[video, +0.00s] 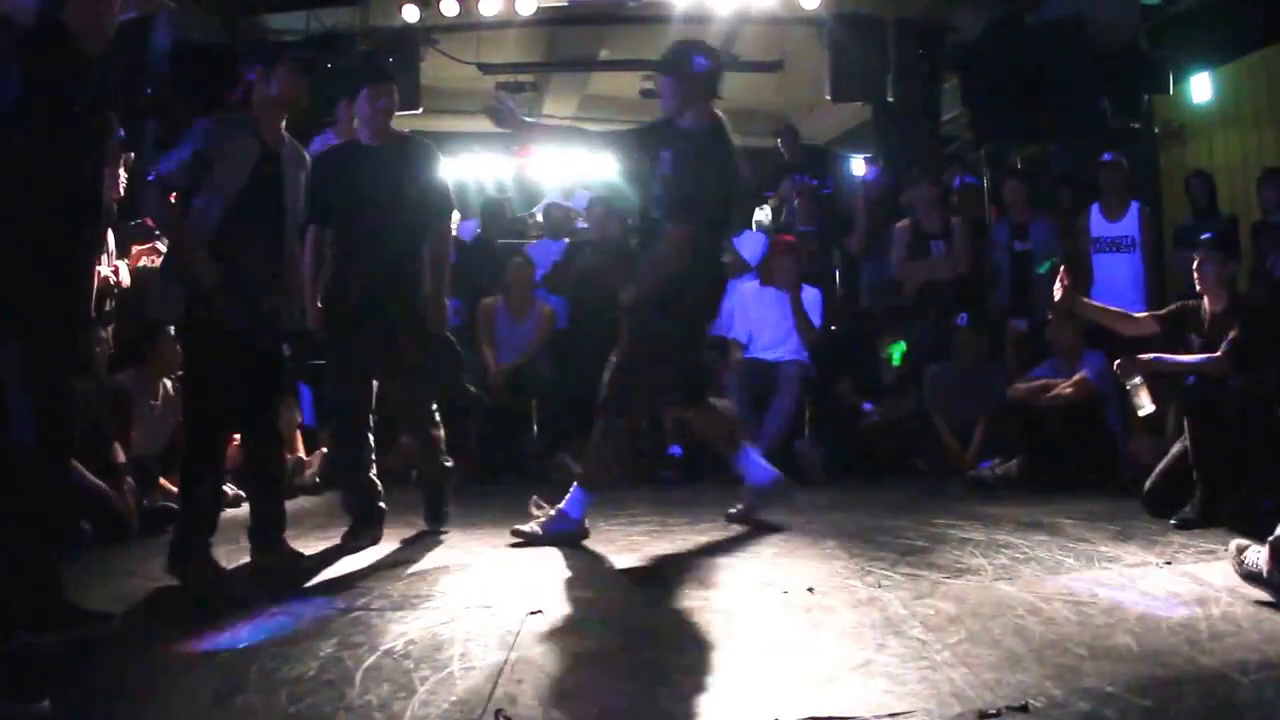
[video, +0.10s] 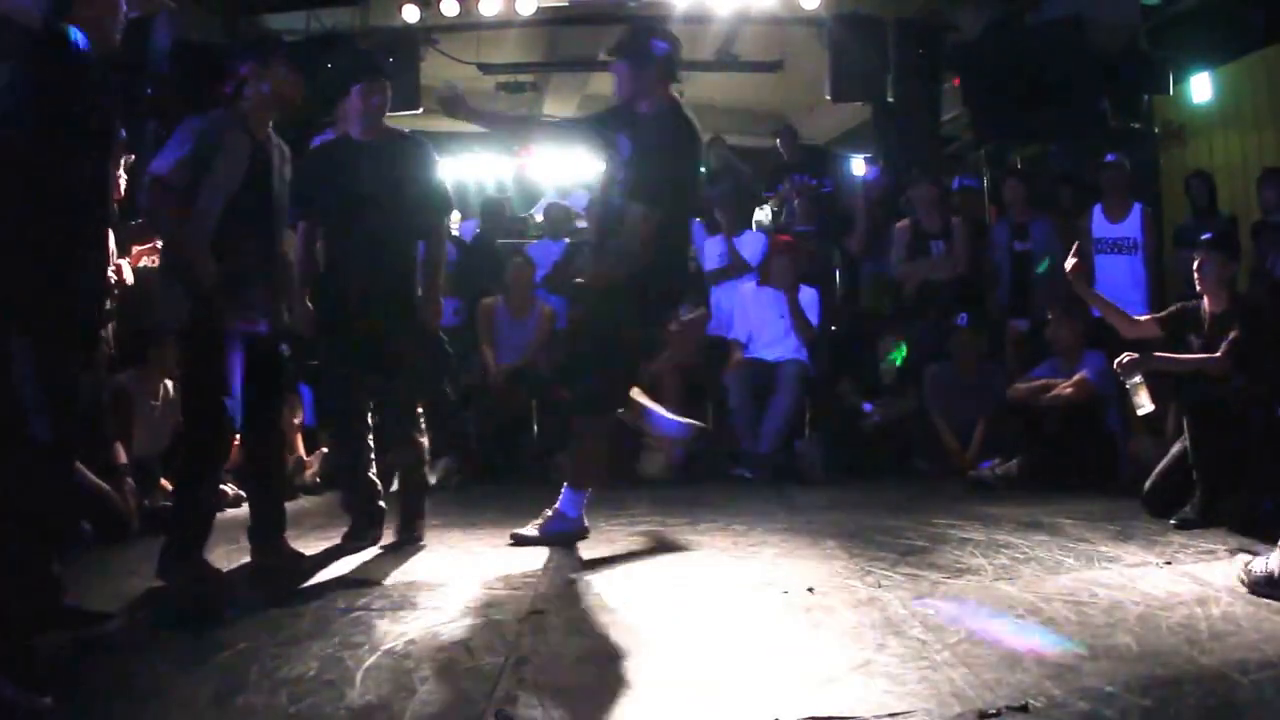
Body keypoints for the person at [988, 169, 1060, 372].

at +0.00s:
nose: (1012, 196)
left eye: (1016, 190)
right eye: (1008, 190)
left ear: (1026, 192)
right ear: (1003, 194)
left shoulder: (1043, 225)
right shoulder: (999, 229)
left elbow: (1053, 260)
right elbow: (995, 265)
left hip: (1039, 295)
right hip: (1009, 296)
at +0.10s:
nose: (1012, 195)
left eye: (1017, 189)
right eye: (1008, 190)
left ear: (1026, 192)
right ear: (1003, 194)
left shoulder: (1042, 225)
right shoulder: (999, 229)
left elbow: (1055, 261)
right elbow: (994, 266)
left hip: (1039, 298)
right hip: (1008, 298)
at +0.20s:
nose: (1013, 196)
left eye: (1016, 190)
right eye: (1008, 191)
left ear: (1025, 193)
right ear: (1002, 196)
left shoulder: (1042, 226)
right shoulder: (997, 230)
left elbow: (1054, 264)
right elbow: (993, 270)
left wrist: (1053, 302)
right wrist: (994, 304)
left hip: (1039, 304)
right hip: (1008, 306)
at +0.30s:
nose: (1014, 196)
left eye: (1018, 190)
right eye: (1009, 191)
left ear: (1026, 193)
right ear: (1003, 196)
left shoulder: (1042, 225)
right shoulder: (998, 229)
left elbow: (1053, 260)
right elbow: (994, 266)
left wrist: (1053, 292)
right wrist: (995, 298)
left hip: (1038, 293)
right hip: (1009, 296)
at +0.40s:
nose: (1013, 196)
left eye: (1017, 190)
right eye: (1009, 191)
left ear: (1026, 193)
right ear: (1002, 195)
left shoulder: (1042, 227)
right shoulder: (998, 230)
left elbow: (1054, 264)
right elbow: (994, 269)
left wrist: (1053, 299)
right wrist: (995, 302)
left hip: (1039, 300)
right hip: (1008, 303)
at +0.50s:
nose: (1013, 197)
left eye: (1017, 190)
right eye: (1009, 191)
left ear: (1026, 194)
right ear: (1002, 196)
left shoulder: (1043, 228)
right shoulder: (998, 231)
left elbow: (1053, 265)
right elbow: (994, 269)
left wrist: (1051, 300)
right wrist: (995, 302)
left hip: (1038, 302)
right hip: (1008, 305)